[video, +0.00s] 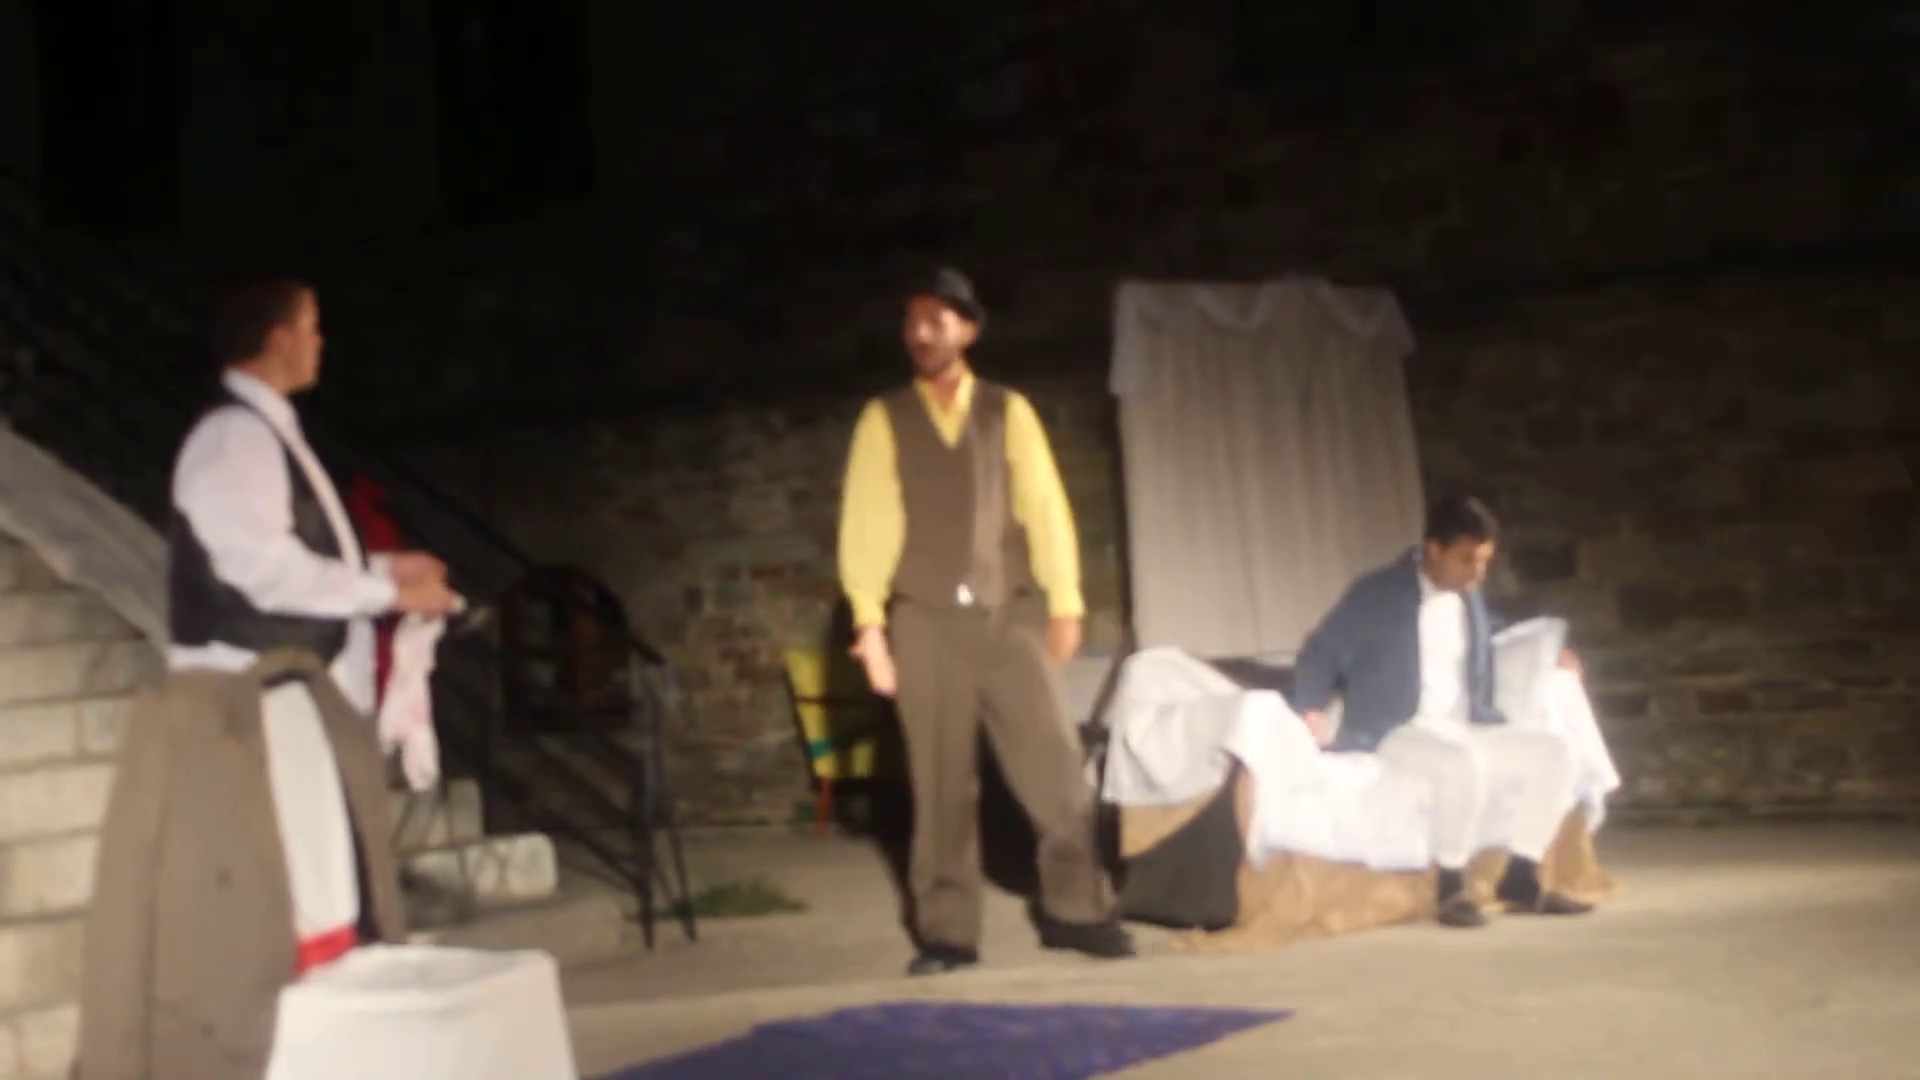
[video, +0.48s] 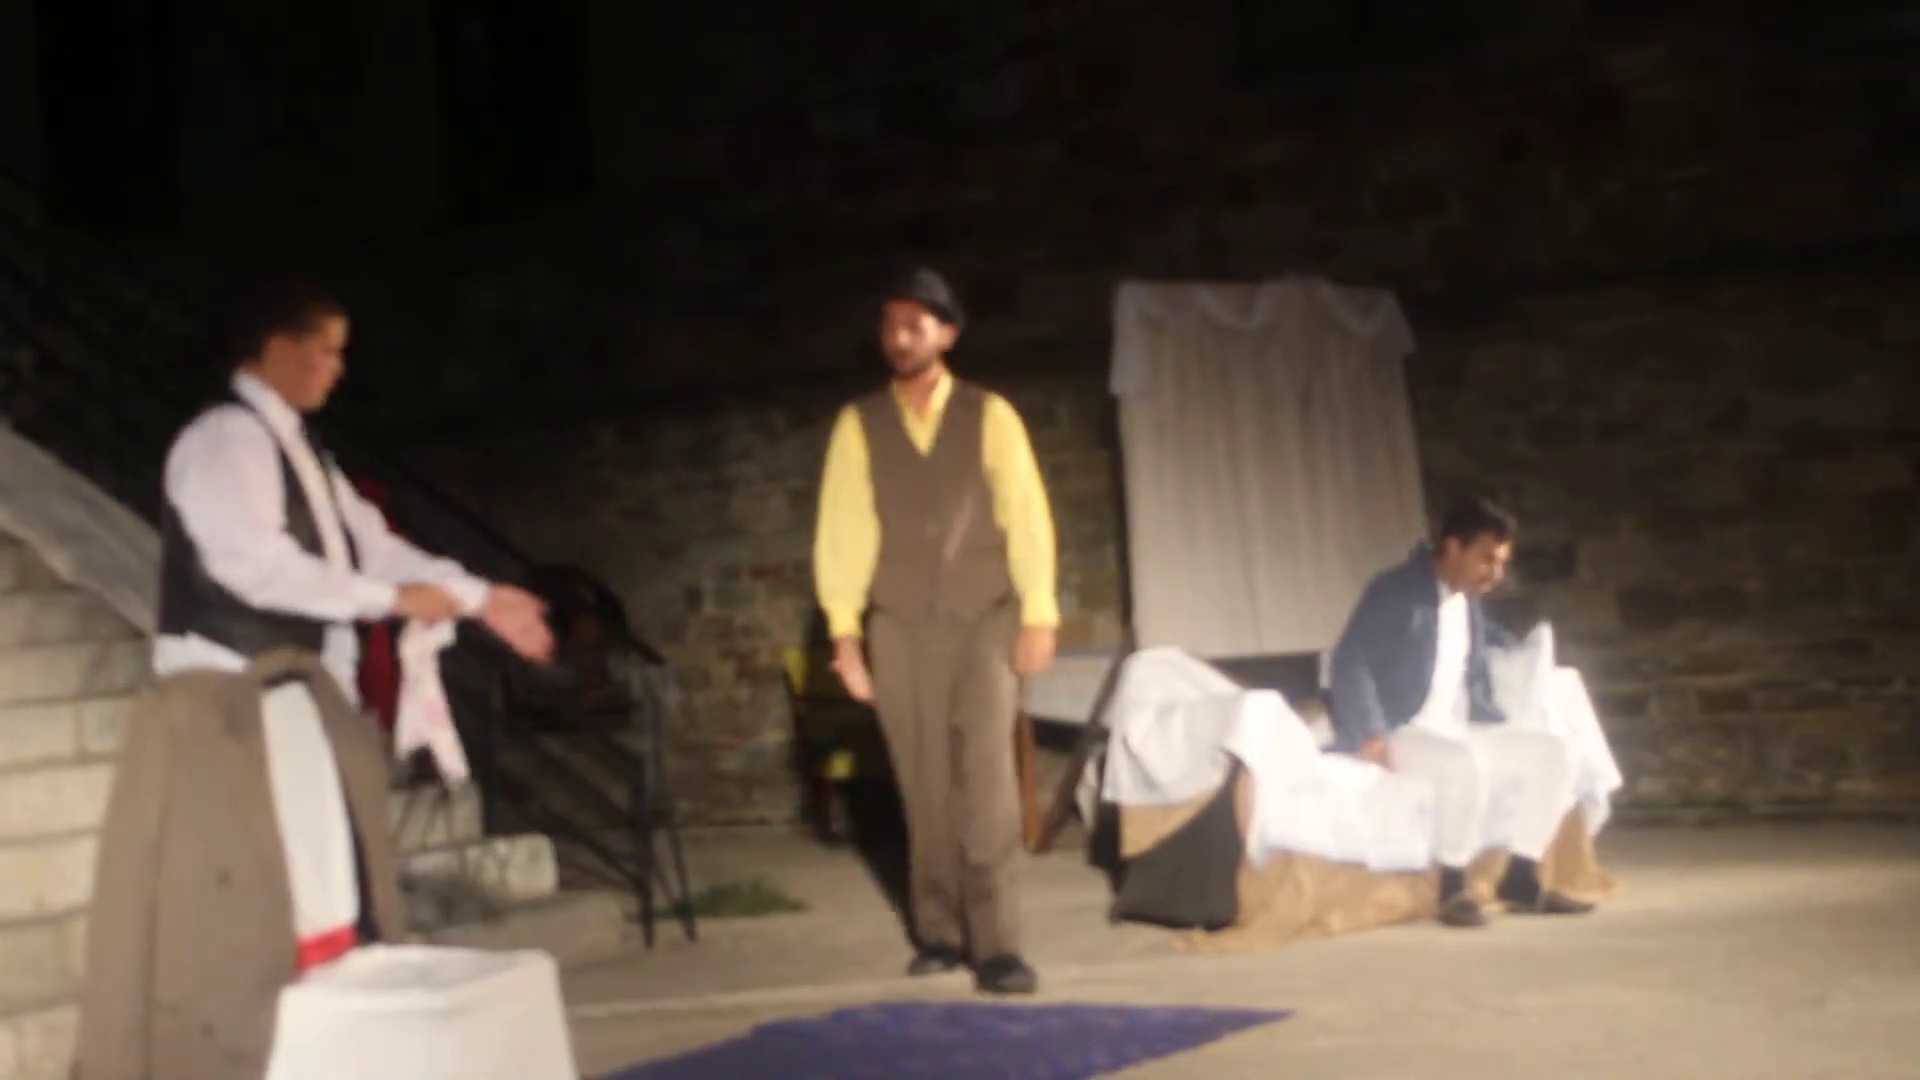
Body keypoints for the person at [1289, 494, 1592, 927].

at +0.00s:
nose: (1477, 573)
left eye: (1484, 562)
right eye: (1468, 560)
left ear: (1489, 558)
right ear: (1433, 550)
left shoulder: (1471, 599)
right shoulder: (1379, 592)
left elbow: (1492, 654)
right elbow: (1321, 651)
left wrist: (1548, 659)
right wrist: (1311, 708)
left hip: (1464, 725)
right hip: (1392, 727)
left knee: (1553, 754)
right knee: (1460, 765)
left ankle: (1520, 880)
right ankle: (1451, 889)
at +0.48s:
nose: (1495, 574)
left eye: (1502, 564)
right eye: (1487, 560)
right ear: (1451, 548)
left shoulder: (1469, 606)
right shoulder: (1394, 591)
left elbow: (1477, 676)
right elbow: (1349, 661)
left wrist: (1492, 722)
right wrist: (1368, 734)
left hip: (1461, 729)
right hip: (1402, 731)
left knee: (1552, 753)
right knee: (1461, 764)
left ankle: (1521, 879)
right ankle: (1453, 890)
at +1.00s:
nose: (1562, 597)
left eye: (1567, 586)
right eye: (1553, 582)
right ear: (1514, 569)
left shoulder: (1520, 618)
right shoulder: (1452, 599)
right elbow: (1399, 667)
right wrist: (1376, 750)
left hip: (1469, 724)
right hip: (1411, 725)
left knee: (1552, 758)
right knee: (1472, 770)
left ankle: (1527, 885)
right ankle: (1459, 892)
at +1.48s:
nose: (1615, 476)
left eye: (1619, 465)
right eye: (1610, 461)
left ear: (1587, 458)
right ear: (1575, 450)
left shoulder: (1564, 511)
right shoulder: (1511, 481)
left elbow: (1550, 598)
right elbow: (1455, 550)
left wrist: (1545, 665)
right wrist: (1435, 630)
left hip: (1503, 651)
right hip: (1451, 642)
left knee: (1550, 752)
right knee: (1487, 755)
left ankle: (1529, 881)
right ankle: (1465, 886)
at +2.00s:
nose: (1611, 409)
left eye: (1618, 397)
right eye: (1603, 395)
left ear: (1617, 395)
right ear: (1567, 388)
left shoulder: (1591, 449)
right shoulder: (1517, 442)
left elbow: (1579, 521)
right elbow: (1459, 509)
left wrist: (1593, 571)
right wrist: (1498, 576)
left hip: (1567, 621)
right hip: (1514, 622)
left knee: (1590, 741)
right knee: (1507, 748)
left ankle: (1588, 876)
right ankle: (1482, 887)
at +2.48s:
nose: (1577, 400)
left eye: (1588, 387)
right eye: (1568, 386)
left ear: (1610, 384)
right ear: (1552, 384)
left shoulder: (1628, 427)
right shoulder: (1527, 435)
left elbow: (1663, 498)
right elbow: (1486, 507)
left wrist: (1694, 552)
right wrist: (1495, 568)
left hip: (1612, 626)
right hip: (1541, 627)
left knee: (1654, 744)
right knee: (1541, 753)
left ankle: (1616, 864)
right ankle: (1541, 880)